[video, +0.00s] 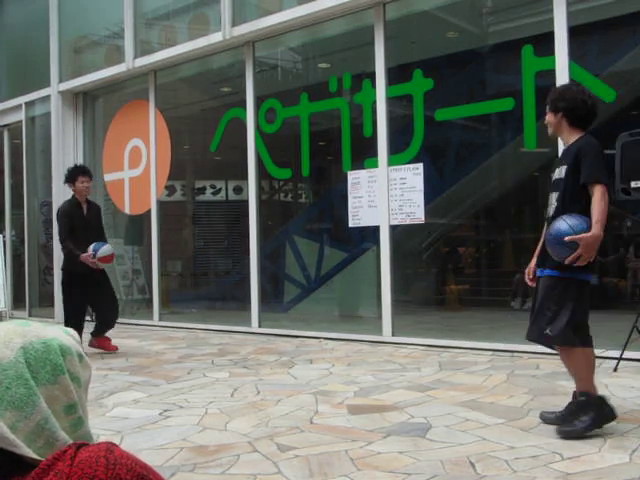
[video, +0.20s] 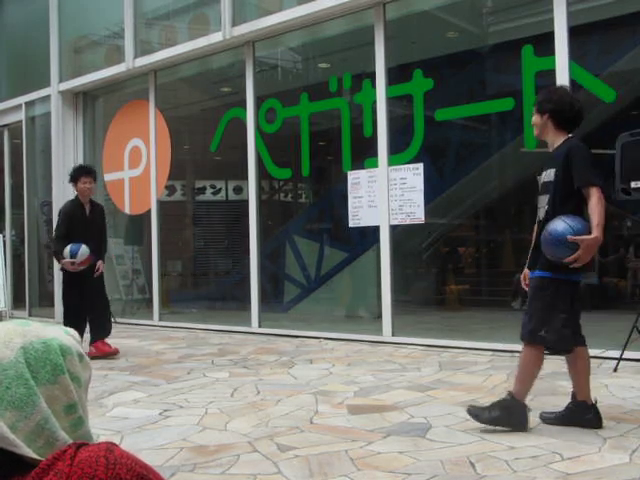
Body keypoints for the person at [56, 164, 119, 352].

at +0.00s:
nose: (87, 186)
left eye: (89, 182)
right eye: (82, 182)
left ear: (91, 185)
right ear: (72, 186)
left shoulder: (95, 208)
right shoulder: (65, 210)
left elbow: (100, 236)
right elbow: (64, 240)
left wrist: (105, 252)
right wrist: (80, 256)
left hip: (94, 266)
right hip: (74, 267)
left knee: (110, 306)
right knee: (75, 311)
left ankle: (98, 336)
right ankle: (73, 349)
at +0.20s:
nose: (87, 187)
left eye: (90, 183)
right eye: (83, 183)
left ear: (94, 185)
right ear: (75, 185)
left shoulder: (98, 209)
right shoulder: (68, 210)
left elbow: (102, 237)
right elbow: (58, 238)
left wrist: (101, 258)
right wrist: (62, 260)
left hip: (93, 266)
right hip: (73, 267)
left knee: (99, 303)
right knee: (74, 306)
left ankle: (98, 341)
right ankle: (73, 345)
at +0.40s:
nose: (95, 187)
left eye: (98, 184)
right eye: (91, 183)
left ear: (102, 186)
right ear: (83, 185)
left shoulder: (105, 211)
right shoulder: (72, 209)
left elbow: (107, 240)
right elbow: (56, 237)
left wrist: (104, 263)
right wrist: (49, 260)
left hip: (94, 268)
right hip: (73, 268)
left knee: (93, 306)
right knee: (72, 307)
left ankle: (89, 343)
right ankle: (71, 345)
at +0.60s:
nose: (99, 186)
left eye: (103, 183)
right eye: (95, 182)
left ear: (107, 186)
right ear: (86, 184)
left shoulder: (110, 210)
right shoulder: (75, 208)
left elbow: (116, 240)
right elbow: (57, 236)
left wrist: (115, 267)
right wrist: (49, 258)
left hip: (100, 265)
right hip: (78, 265)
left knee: (99, 305)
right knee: (77, 304)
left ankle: (90, 344)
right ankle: (72, 343)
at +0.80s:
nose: (102, 185)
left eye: (106, 181)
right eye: (98, 181)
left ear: (110, 184)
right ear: (90, 183)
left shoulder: (115, 209)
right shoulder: (80, 209)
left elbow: (123, 239)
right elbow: (65, 236)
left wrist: (123, 264)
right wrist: (55, 260)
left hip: (107, 266)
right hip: (85, 266)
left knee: (105, 306)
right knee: (85, 305)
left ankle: (92, 345)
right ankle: (82, 346)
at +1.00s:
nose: (112, 187)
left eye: (115, 183)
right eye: (108, 183)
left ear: (118, 186)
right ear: (98, 186)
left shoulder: (122, 211)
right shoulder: (86, 213)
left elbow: (128, 240)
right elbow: (76, 240)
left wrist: (126, 262)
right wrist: (68, 264)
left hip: (115, 264)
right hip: (93, 265)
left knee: (109, 306)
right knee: (101, 307)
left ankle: (90, 343)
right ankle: (118, 346)